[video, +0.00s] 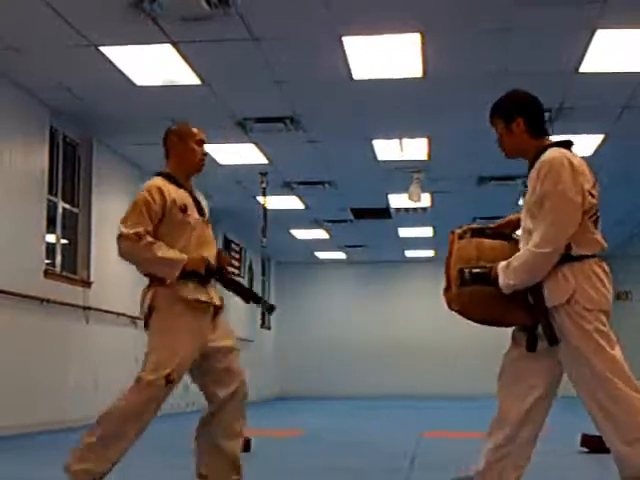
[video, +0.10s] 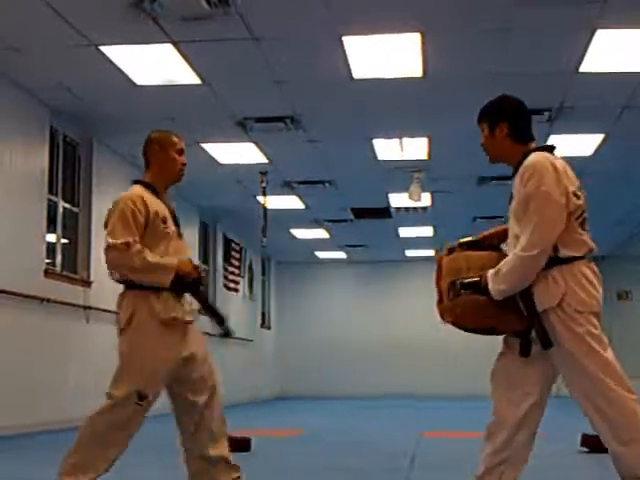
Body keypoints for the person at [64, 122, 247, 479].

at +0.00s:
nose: (204, 151)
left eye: (204, 145)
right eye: (198, 143)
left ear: (191, 150)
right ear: (174, 145)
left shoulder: (197, 200)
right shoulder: (157, 189)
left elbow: (191, 247)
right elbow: (130, 242)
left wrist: (218, 259)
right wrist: (185, 263)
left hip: (207, 306)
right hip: (176, 303)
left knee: (230, 391)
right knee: (153, 387)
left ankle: (219, 473)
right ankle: (84, 469)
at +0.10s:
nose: (184, 160)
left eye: (184, 154)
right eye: (177, 152)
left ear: (169, 160)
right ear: (153, 156)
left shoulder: (164, 208)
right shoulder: (133, 200)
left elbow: (160, 261)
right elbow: (120, 258)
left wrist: (186, 277)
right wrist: (175, 269)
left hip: (177, 311)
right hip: (148, 310)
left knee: (202, 397)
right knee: (129, 402)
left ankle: (215, 473)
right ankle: (76, 474)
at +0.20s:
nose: (162, 155)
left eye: (161, 149)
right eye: (156, 147)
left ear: (138, 151)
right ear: (133, 149)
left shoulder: (135, 198)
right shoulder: (116, 190)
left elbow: (121, 254)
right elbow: (108, 243)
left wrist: (160, 263)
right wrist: (162, 250)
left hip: (140, 300)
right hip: (119, 299)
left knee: (161, 394)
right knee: (104, 397)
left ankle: (204, 465)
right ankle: (75, 473)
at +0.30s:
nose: (138, 147)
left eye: (137, 141)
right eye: (132, 140)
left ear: (114, 145)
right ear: (110, 143)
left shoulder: (111, 185)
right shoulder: (97, 178)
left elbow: (101, 249)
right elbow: (105, 227)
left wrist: (136, 263)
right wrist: (160, 241)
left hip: (113, 293)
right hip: (92, 291)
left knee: (126, 384)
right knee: (88, 384)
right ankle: (74, 471)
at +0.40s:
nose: (113, 147)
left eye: (113, 140)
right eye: (107, 139)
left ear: (91, 144)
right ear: (85, 141)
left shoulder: (82, 183)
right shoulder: (77, 180)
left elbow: (82, 249)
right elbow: (104, 228)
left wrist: (118, 258)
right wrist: (159, 246)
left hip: (75, 291)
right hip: (68, 291)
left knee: (75, 381)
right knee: (77, 380)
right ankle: (68, 467)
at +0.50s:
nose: (91, 148)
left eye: (91, 142)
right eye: (86, 141)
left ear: (62, 145)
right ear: (63, 142)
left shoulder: (42, 185)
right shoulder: (59, 181)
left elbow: (52, 245)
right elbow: (80, 233)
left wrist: (97, 246)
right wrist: (133, 245)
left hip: (34, 292)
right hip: (52, 293)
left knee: (36, 386)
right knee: (61, 383)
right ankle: (67, 468)